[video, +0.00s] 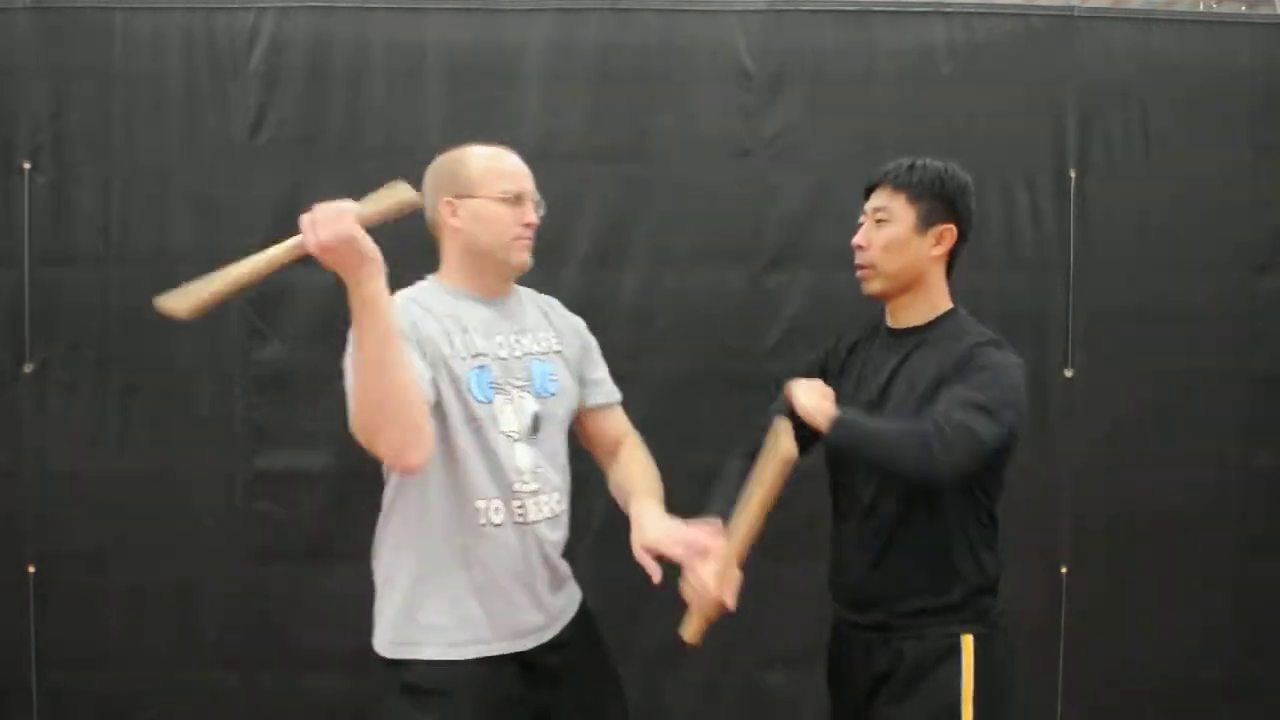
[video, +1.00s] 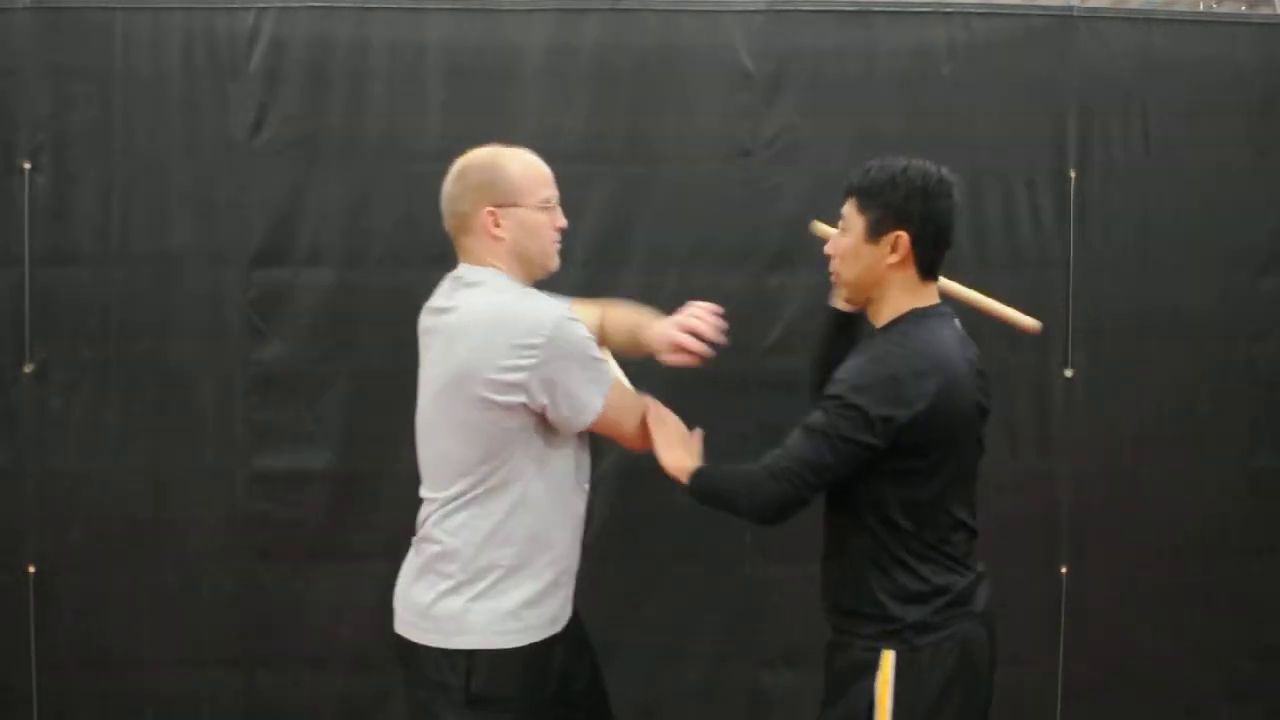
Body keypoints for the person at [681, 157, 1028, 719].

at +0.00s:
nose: (857, 241)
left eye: (880, 222)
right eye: (862, 223)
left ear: (940, 240)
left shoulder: (990, 366)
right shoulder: (851, 356)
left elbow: (943, 453)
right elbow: (772, 448)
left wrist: (833, 421)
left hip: (944, 647)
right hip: (856, 640)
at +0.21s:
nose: (850, 247)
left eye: (872, 228)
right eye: (855, 228)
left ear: (931, 243)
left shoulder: (956, 349)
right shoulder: (869, 355)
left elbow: (846, 327)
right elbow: (817, 473)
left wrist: (718, 306)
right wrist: (784, 573)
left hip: (929, 644)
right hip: (861, 637)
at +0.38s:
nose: (855, 242)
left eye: (876, 225)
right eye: (863, 224)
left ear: (936, 243)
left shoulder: (949, 341)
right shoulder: (890, 343)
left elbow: (824, 298)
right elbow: (817, 417)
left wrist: (712, 263)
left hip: (918, 642)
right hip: (868, 633)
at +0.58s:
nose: (859, 245)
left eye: (874, 230)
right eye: (866, 228)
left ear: (930, 247)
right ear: (928, 248)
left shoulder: (939, 344)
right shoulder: (922, 341)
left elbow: (787, 356)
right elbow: (788, 398)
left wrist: (836, 298)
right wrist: (742, 283)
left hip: (895, 647)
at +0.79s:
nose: (840, 247)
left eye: (851, 231)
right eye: (845, 230)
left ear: (898, 246)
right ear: (905, 249)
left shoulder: (871, 364)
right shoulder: (974, 356)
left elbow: (742, 466)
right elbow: (871, 426)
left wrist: (712, 404)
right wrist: (772, 397)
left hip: (877, 653)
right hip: (957, 634)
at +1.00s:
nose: (830, 245)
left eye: (844, 230)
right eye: (838, 227)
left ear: (894, 248)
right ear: (900, 250)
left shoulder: (891, 368)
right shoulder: (946, 341)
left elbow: (774, 491)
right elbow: (832, 404)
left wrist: (691, 472)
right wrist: (851, 295)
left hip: (894, 652)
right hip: (942, 633)